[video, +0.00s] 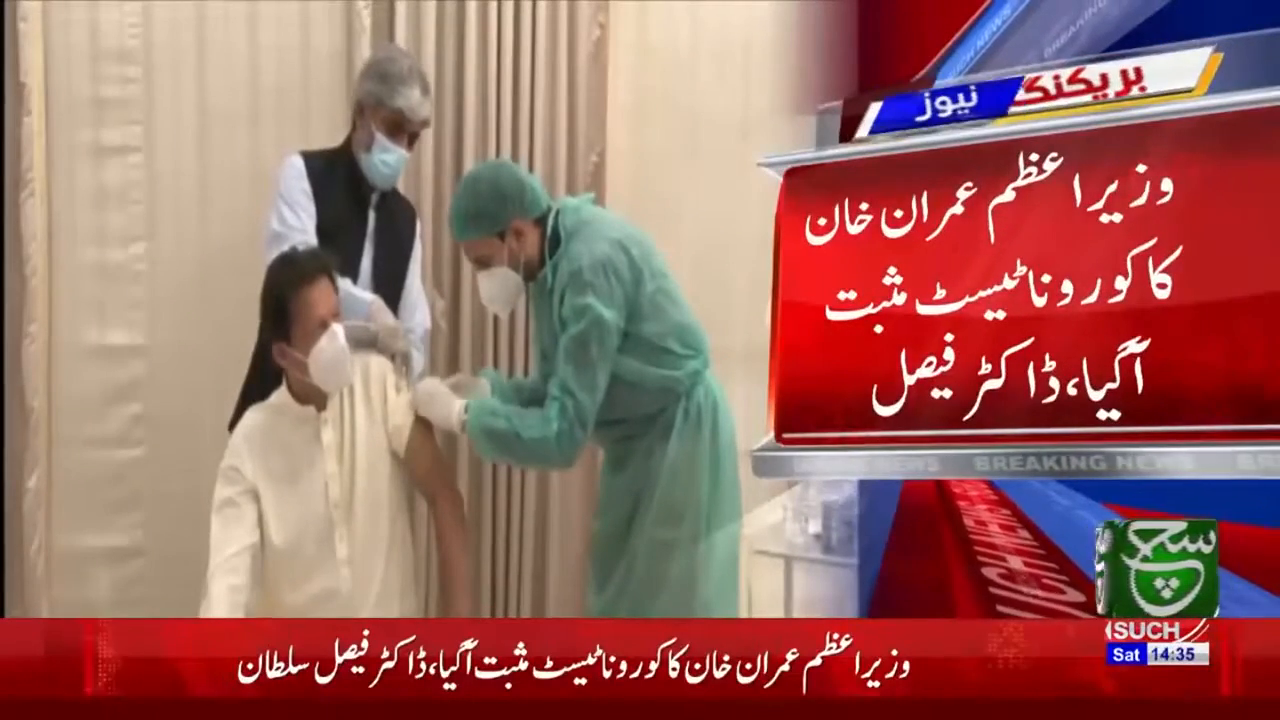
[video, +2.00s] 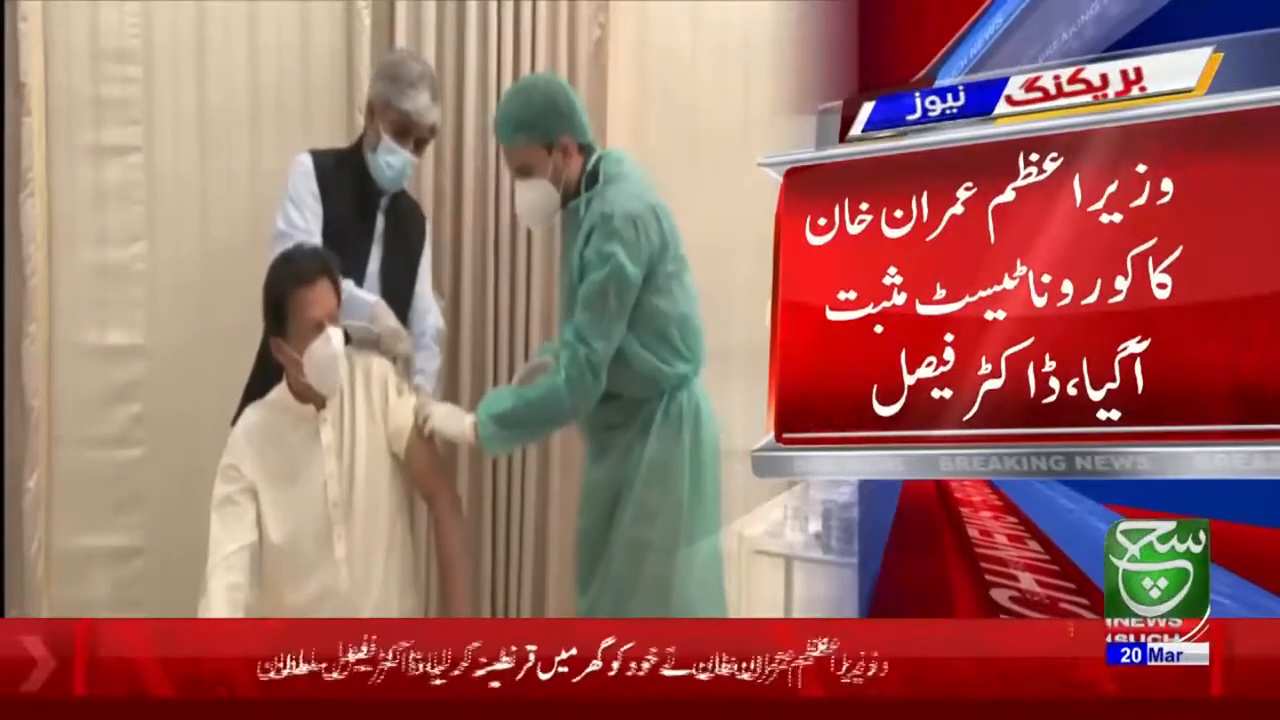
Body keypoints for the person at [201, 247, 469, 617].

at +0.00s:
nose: (337, 337)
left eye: (338, 320)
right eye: (320, 329)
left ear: (349, 320)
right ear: (283, 353)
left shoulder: (375, 381)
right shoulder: (254, 435)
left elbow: (444, 496)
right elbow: (230, 570)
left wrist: (459, 614)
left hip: (390, 619)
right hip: (293, 633)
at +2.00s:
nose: (333, 340)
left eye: (336, 323)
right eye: (316, 331)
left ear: (345, 320)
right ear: (280, 349)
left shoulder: (374, 380)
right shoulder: (253, 435)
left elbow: (441, 494)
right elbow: (229, 568)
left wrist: (459, 615)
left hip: (389, 618)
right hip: (294, 630)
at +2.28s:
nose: (337, 336)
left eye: (338, 318)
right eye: (319, 326)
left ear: (347, 316)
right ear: (281, 346)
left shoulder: (375, 381)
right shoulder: (253, 434)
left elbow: (442, 496)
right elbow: (227, 570)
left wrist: (458, 615)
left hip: (389, 618)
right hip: (293, 633)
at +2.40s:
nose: (260, 323)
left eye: (270, 303)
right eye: (238, 312)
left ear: (289, 310)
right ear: (208, 343)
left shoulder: (341, 386)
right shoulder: (178, 472)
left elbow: (431, 526)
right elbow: (153, 624)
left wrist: (457, 642)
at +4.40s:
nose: (265, 335)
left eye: (275, 313)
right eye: (244, 322)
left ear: (295, 316)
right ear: (212, 349)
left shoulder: (345, 394)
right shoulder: (179, 484)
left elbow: (431, 538)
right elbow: (159, 639)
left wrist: (454, 647)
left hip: (364, 674)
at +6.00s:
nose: (269, 351)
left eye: (277, 330)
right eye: (248, 339)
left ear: (296, 327)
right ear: (212, 359)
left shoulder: (346, 405)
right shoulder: (180, 487)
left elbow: (428, 544)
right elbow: (157, 639)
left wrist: (452, 650)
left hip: (364, 674)